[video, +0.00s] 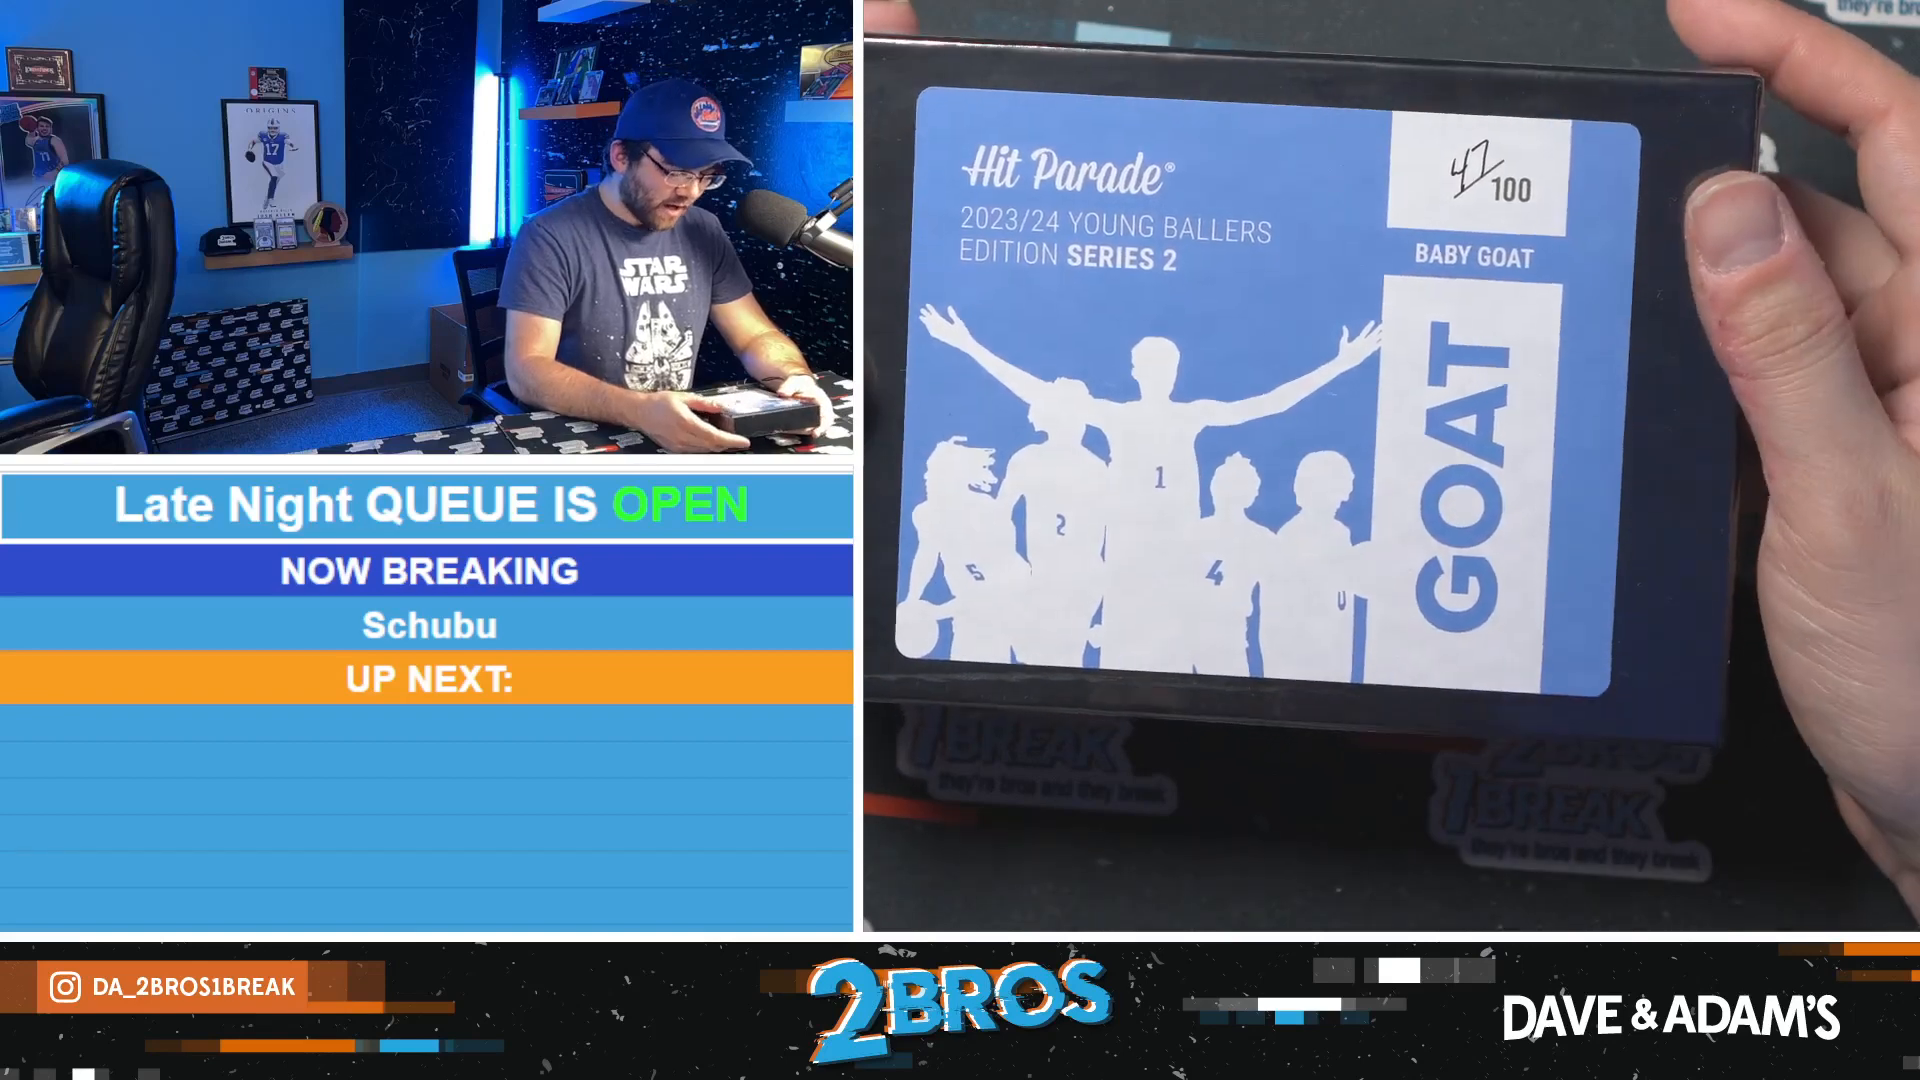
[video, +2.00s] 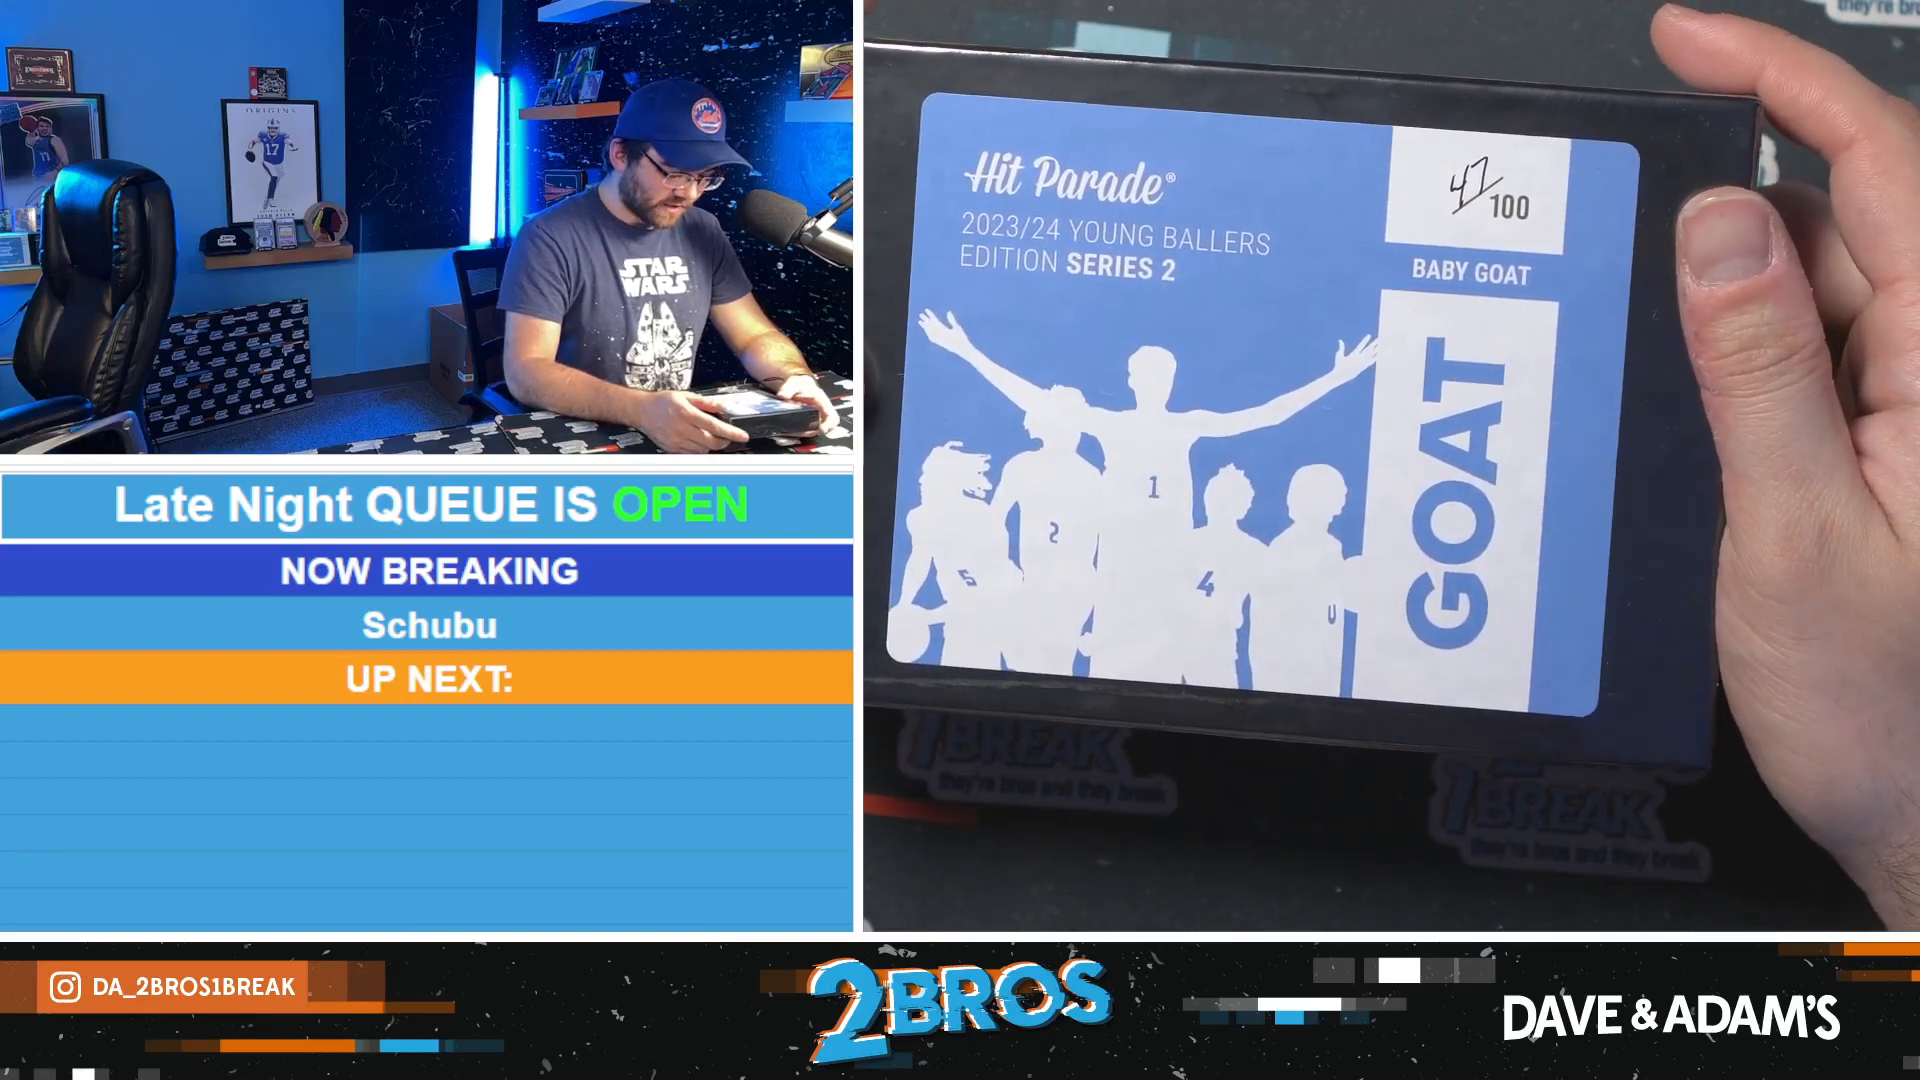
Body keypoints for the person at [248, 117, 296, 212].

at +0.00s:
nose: (273, 130)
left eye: (275, 128)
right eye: (271, 128)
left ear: (278, 128)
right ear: (268, 128)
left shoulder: (283, 136)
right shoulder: (263, 136)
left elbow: (290, 143)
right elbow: (253, 141)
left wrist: (292, 147)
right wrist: (250, 149)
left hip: (279, 164)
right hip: (267, 162)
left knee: (276, 182)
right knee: (274, 176)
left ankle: (267, 200)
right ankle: (270, 199)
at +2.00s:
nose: (273, 130)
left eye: (275, 128)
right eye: (271, 128)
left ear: (278, 128)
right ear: (268, 128)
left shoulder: (283, 136)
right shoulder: (263, 136)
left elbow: (290, 143)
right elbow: (253, 141)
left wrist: (292, 147)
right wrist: (250, 149)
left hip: (279, 164)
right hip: (267, 162)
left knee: (276, 182)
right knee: (274, 176)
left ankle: (267, 200)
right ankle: (270, 199)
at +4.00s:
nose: (273, 130)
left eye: (275, 128)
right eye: (271, 128)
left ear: (278, 128)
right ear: (268, 128)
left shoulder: (283, 136)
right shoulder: (263, 136)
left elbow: (290, 142)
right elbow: (254, 141)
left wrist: (292, 147)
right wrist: (250, 148)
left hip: (279, 164)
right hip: (267, 162)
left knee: (275, 182)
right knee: (274, 176)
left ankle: (267, 200)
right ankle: (270, 199)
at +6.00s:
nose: (273, 130)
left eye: (275, 128)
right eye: (271, 128)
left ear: (278, 128)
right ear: (268, 128)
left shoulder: (283, 136)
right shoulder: (263, 136)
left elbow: (290, 143)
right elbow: (253, 141)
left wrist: (292, 147)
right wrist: (250, 149)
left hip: (279, 164)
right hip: (267, 162)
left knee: (275, 182)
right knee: (274, 176)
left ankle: (267, 200)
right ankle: (270, 199)